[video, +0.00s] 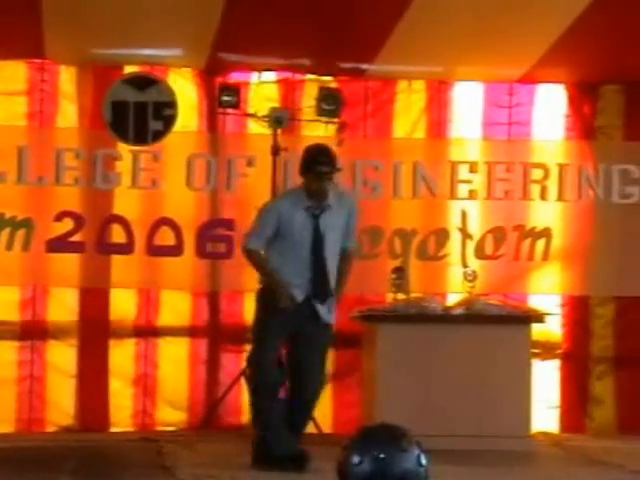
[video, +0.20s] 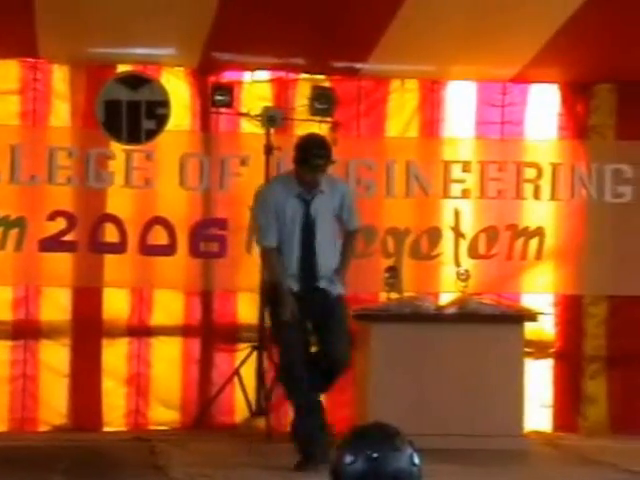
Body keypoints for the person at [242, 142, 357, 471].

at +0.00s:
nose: (324, 185)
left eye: (329, 178)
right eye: (317, 178)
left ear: (335, 176)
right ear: (303, 176)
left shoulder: (345, 206)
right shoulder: (281, 206)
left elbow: (347, 250)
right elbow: (252, 245)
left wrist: (337, 291)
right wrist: (276, 284)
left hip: (318, 306)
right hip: (279, 303)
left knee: (310, 381)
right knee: (265, 373)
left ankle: (284, 444)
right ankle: (272, 445)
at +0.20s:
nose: (315, 178)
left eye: (321, 171)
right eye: (310, 171)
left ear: (328, 167)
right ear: (296, 165)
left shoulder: (338, 191)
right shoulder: (272, 194)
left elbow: (352, 230)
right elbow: (269, 249)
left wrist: (342, 269)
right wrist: (282, 293)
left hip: (327, 288)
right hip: (288, 289)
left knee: (338, 355)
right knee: (296, 368)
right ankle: (314, 449)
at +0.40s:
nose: (288, 164)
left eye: (292, 156)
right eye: (281, 158)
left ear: (301, 151)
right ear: (269, 156)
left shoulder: (317, 176)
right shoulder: (250, 183)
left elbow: (324, 219)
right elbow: (236, 236)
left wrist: (316, 259)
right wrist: (239, 282)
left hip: (298, 277)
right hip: (257, 275)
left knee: (303, 354)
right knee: (254, 353)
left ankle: (306, 428)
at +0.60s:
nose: (280, 161)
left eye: (286, 153)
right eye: (274, 154)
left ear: (295, 148)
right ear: (262, 150)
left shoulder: (315, 172)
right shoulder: (246, 174)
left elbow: (337, 213)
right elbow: (233, 225)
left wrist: (321, 259)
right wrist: (242, 268)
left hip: (301, 278)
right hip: (259, 276)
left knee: (294, 358)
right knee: (251, 351)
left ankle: (277, 438)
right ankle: (275, 417)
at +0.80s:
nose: (292, 158)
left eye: (297, 150)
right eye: (285, 151)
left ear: (304, 149)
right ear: (272, 150)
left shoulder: (317, 180)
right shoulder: (248, 182)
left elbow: (331, 223)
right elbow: (240, 237)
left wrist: (329, 262)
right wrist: (257, 278)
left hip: (318, 283)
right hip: (277, 287)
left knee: (336, 352)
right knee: (292, 357)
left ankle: (329, 419)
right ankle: (310, 420)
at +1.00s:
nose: (300, 145)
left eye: (306, 137)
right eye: (293, 137)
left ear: (314, 141)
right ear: (281, 141)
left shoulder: (331, 180)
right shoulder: (257, 179)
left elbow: (339, 227)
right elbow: (236, 234)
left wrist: (328, 270)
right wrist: (249, 277)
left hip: (309, 280)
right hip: (265, 277)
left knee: (308, 365)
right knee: (247, 343)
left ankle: (293, 434)